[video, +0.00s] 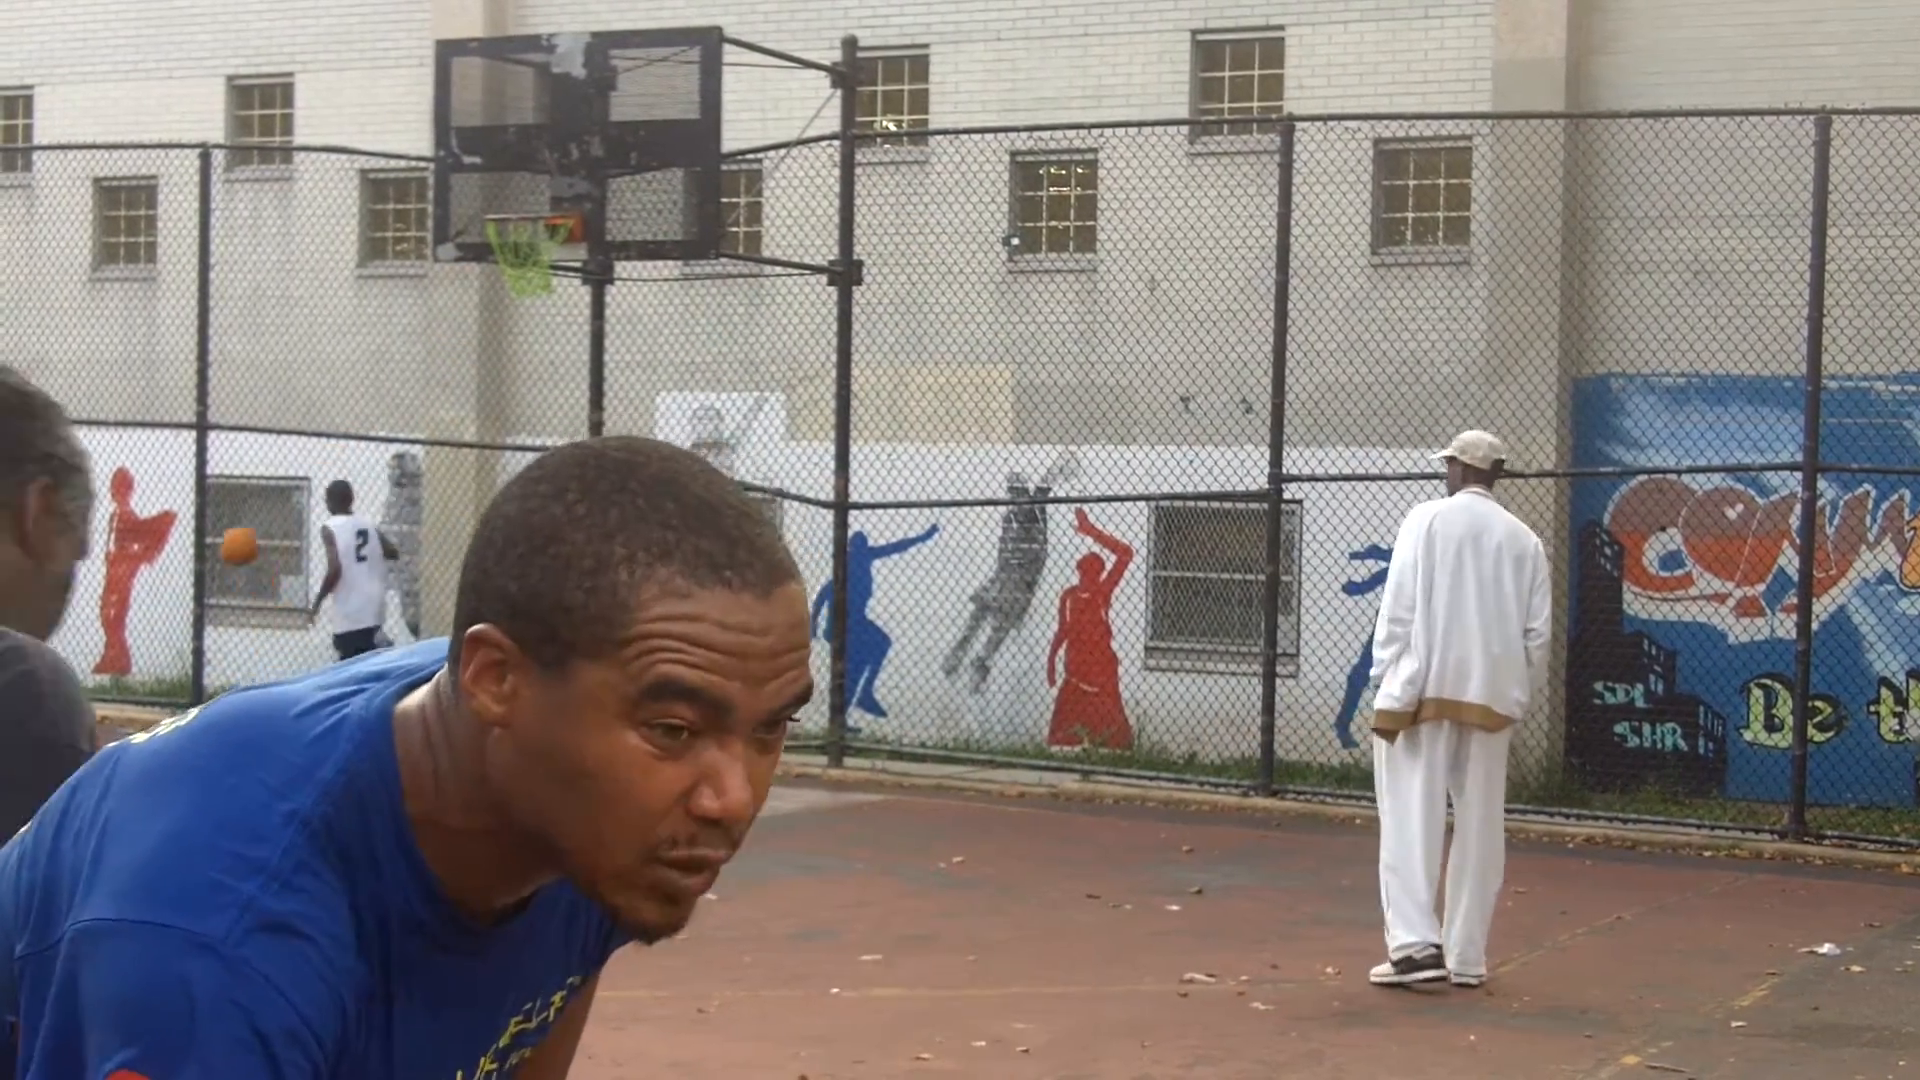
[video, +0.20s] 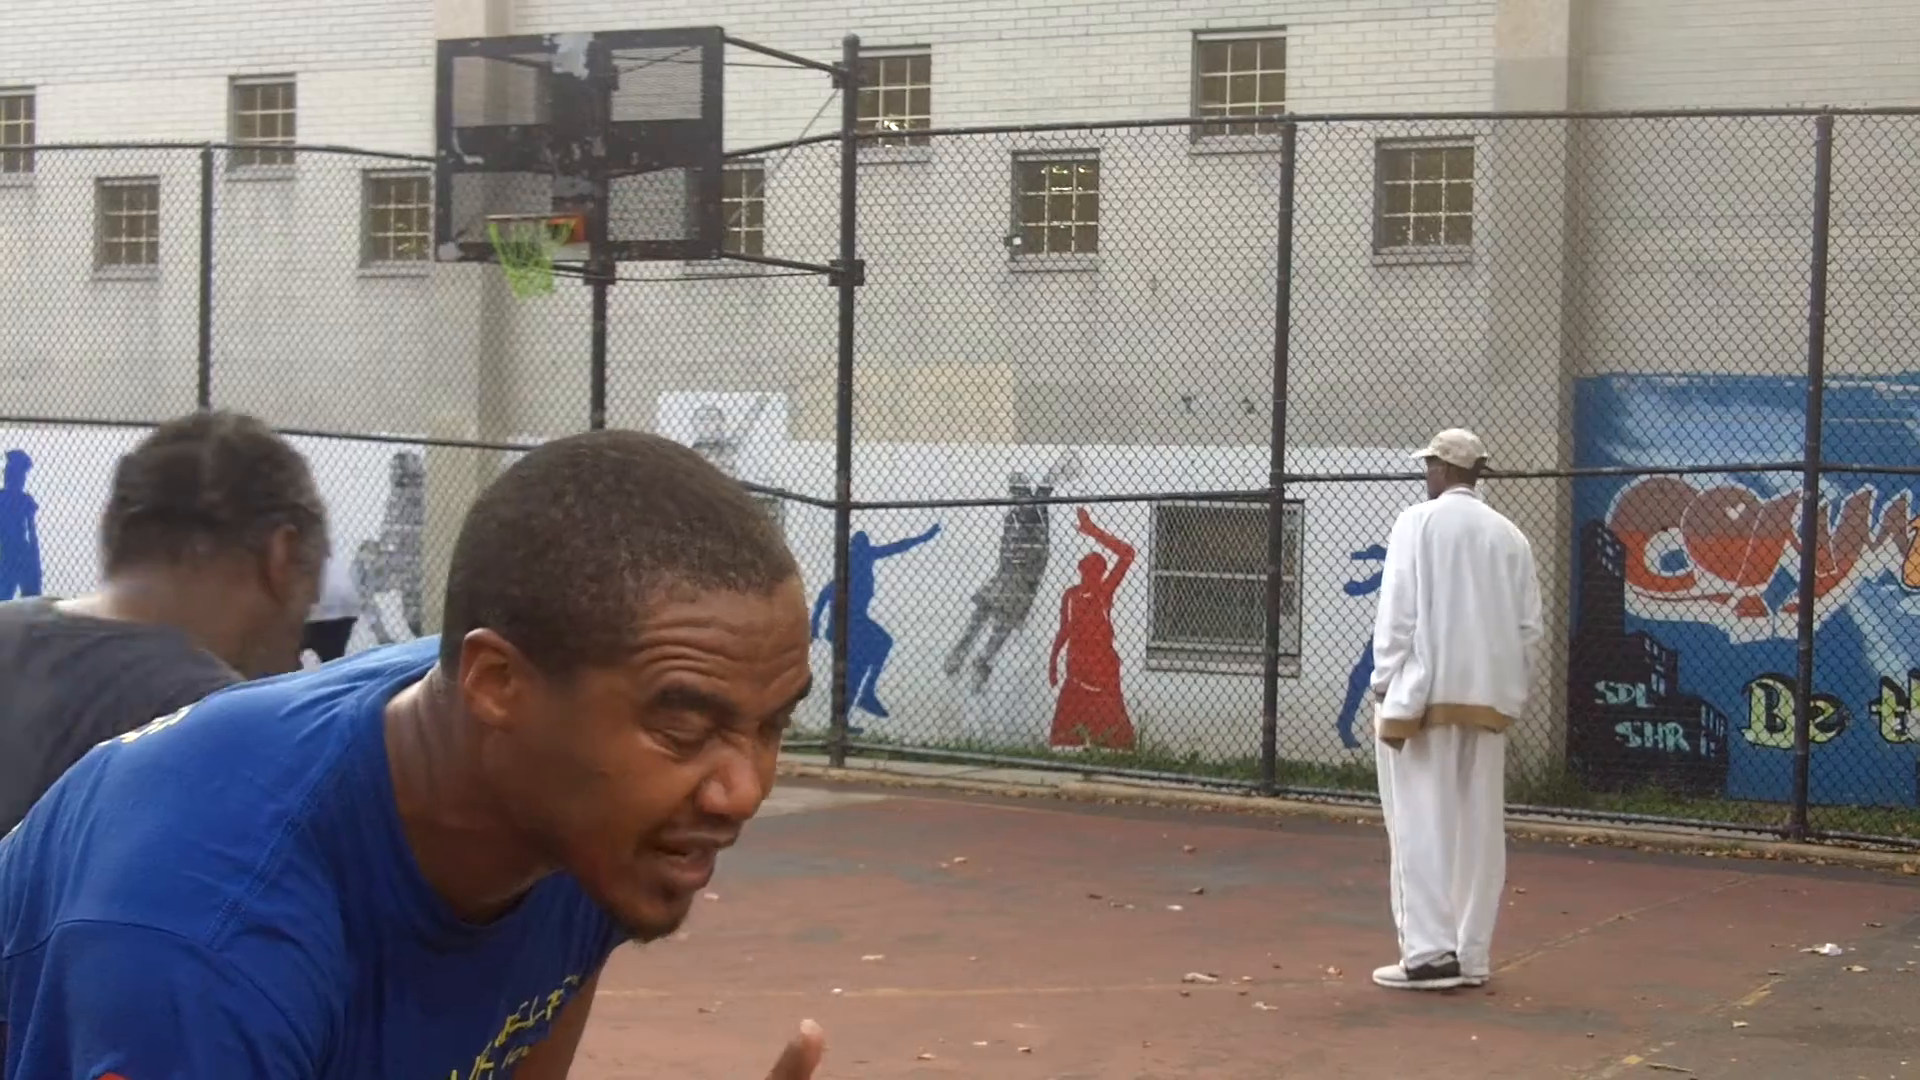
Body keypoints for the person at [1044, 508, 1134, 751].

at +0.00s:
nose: (1089, 577)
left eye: (1093, 572)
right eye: (1085, 571)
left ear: (1100, 574)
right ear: (1079, 571)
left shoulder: (1104, 591)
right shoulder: (1068, 595)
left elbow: (1125, 554)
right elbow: (1063, 629)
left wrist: (1091, 531)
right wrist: (1051, 659)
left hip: (1102, 657)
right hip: (1076, 657)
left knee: (1105, 705)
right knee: (1070, 705)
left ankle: (1114, 745)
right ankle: (1064, 744)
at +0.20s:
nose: (1091, 575)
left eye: (1095, 570)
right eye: (1087, 569)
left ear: (1102, 573)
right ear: (1080, 570)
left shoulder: (1106, 590)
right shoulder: (1071, 594)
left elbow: (1127, 554)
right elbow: (1065, 629)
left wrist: (1093, 531)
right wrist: (1053, 658)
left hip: (1103, 659)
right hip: (1077, 659)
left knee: (1107, 706)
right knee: (1072, 707)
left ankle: (1118, 747)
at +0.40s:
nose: (1094, 575)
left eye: (1098, 570)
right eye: (1091, 570)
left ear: (1103, 573)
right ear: (1084, 570)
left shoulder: (1109, 590)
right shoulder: (1073, 594)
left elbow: (1130, 554)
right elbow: (1067, 629)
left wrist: (1095, 531)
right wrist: (1055, 659)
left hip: (1105, 657)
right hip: (1080, 657)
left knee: (1109, 704)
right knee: (1075, 705)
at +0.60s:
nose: (1094, 575)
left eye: (1098, 570)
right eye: (1090, 570)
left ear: (1104, 573)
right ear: (1083, 570)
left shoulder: (1109, 590)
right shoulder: (1072, 594)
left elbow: (1129, 554)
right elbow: (1067, 629)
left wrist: (1095, 531)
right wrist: (1055, 658)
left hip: (1105, 657)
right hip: (1079, 657)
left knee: (1109, 704)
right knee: (1075, 704)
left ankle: (1119, 746)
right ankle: (1068, 745)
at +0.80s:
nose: (1094, 575)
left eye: (1098, 570)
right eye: (1091, 569)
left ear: (1103, 572)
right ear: (1084, 569)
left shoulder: (1109, 590)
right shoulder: (1073, 594)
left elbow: (1130, 554)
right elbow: (1067, 629)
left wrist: (1096, 531)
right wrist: (1055, 658)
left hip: (1105, 656)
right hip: (1080, 656)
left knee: (1109, 703)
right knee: (1076, 703)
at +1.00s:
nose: (1094, 575)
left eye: (1098, 570)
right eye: (1091, 569)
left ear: (1104, 572)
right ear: (1084, 569)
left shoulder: (1109, 590)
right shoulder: (1073, 594)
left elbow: (1130, 554)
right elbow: (1067, 629)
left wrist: (1096, 531)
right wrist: (1055, 658)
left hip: (1105, 656)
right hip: (1080, 656)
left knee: (1109, 703)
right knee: (1076, 703)